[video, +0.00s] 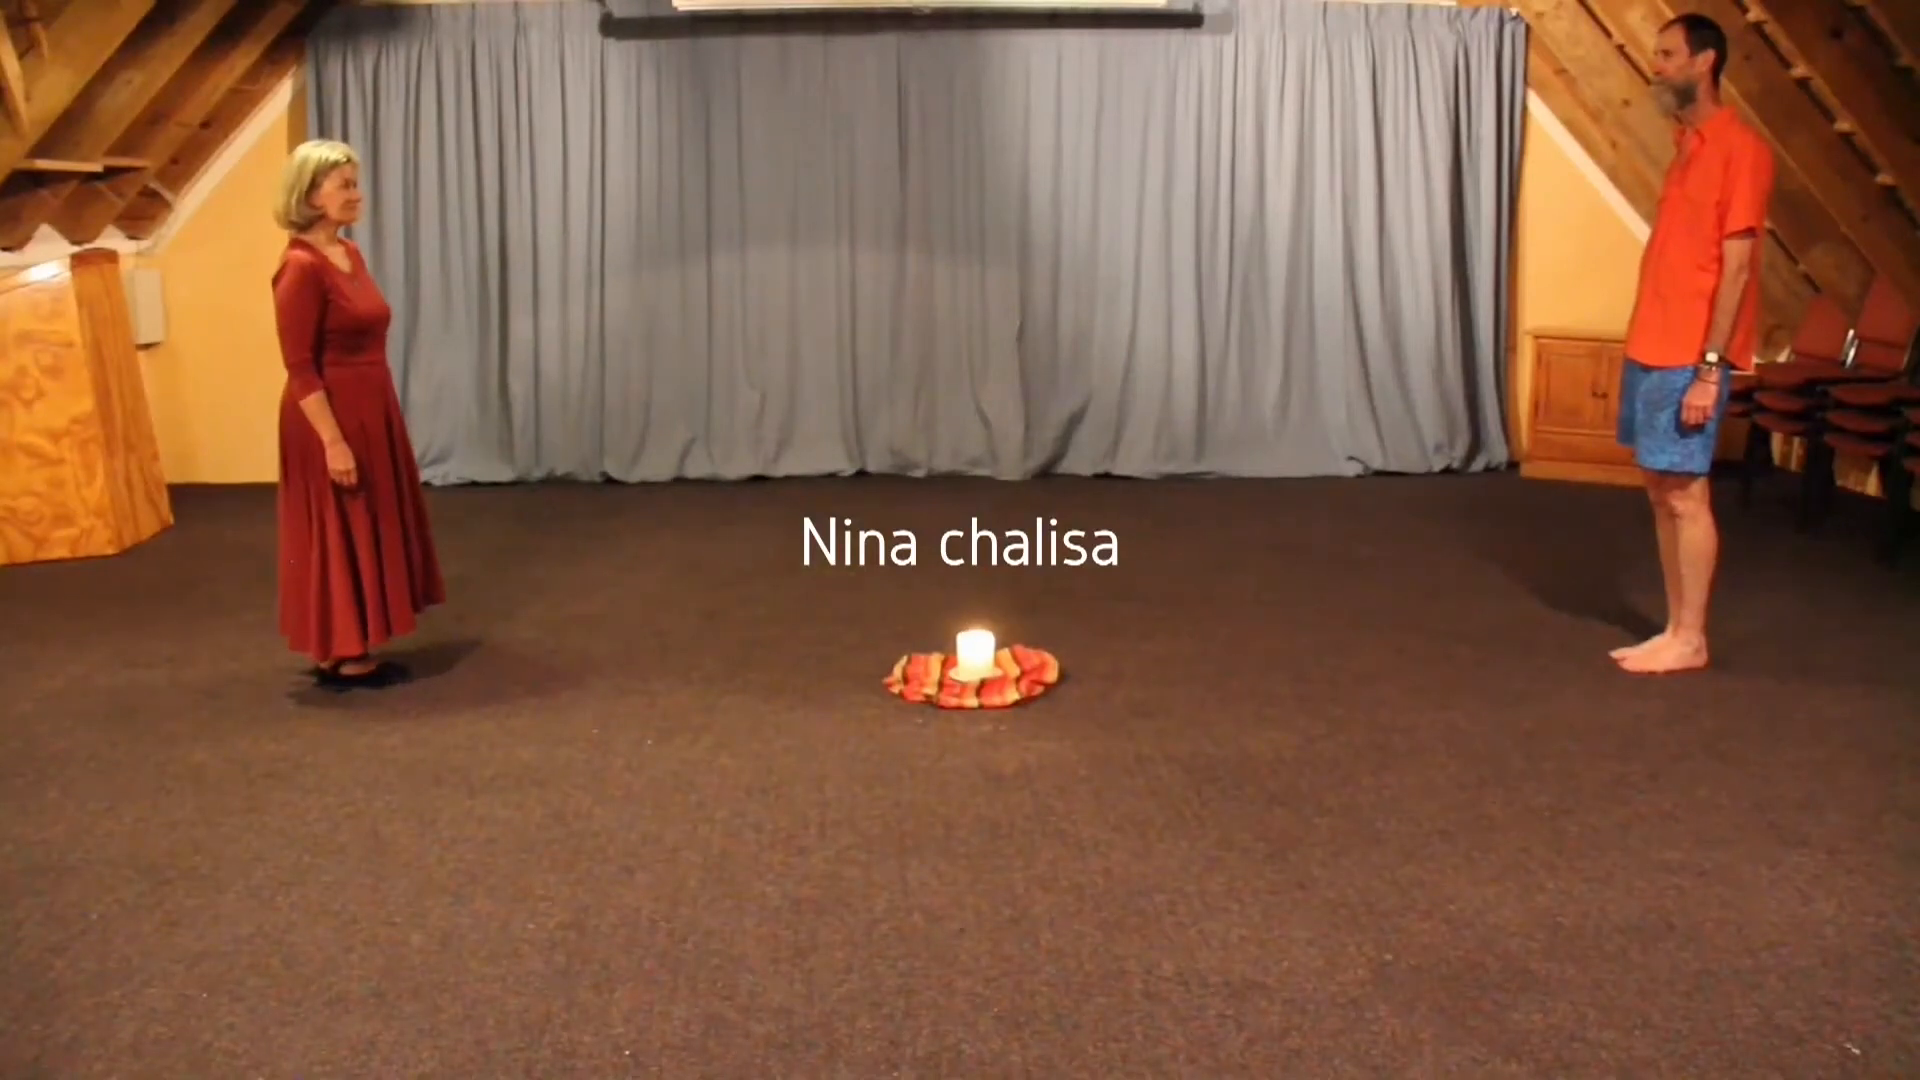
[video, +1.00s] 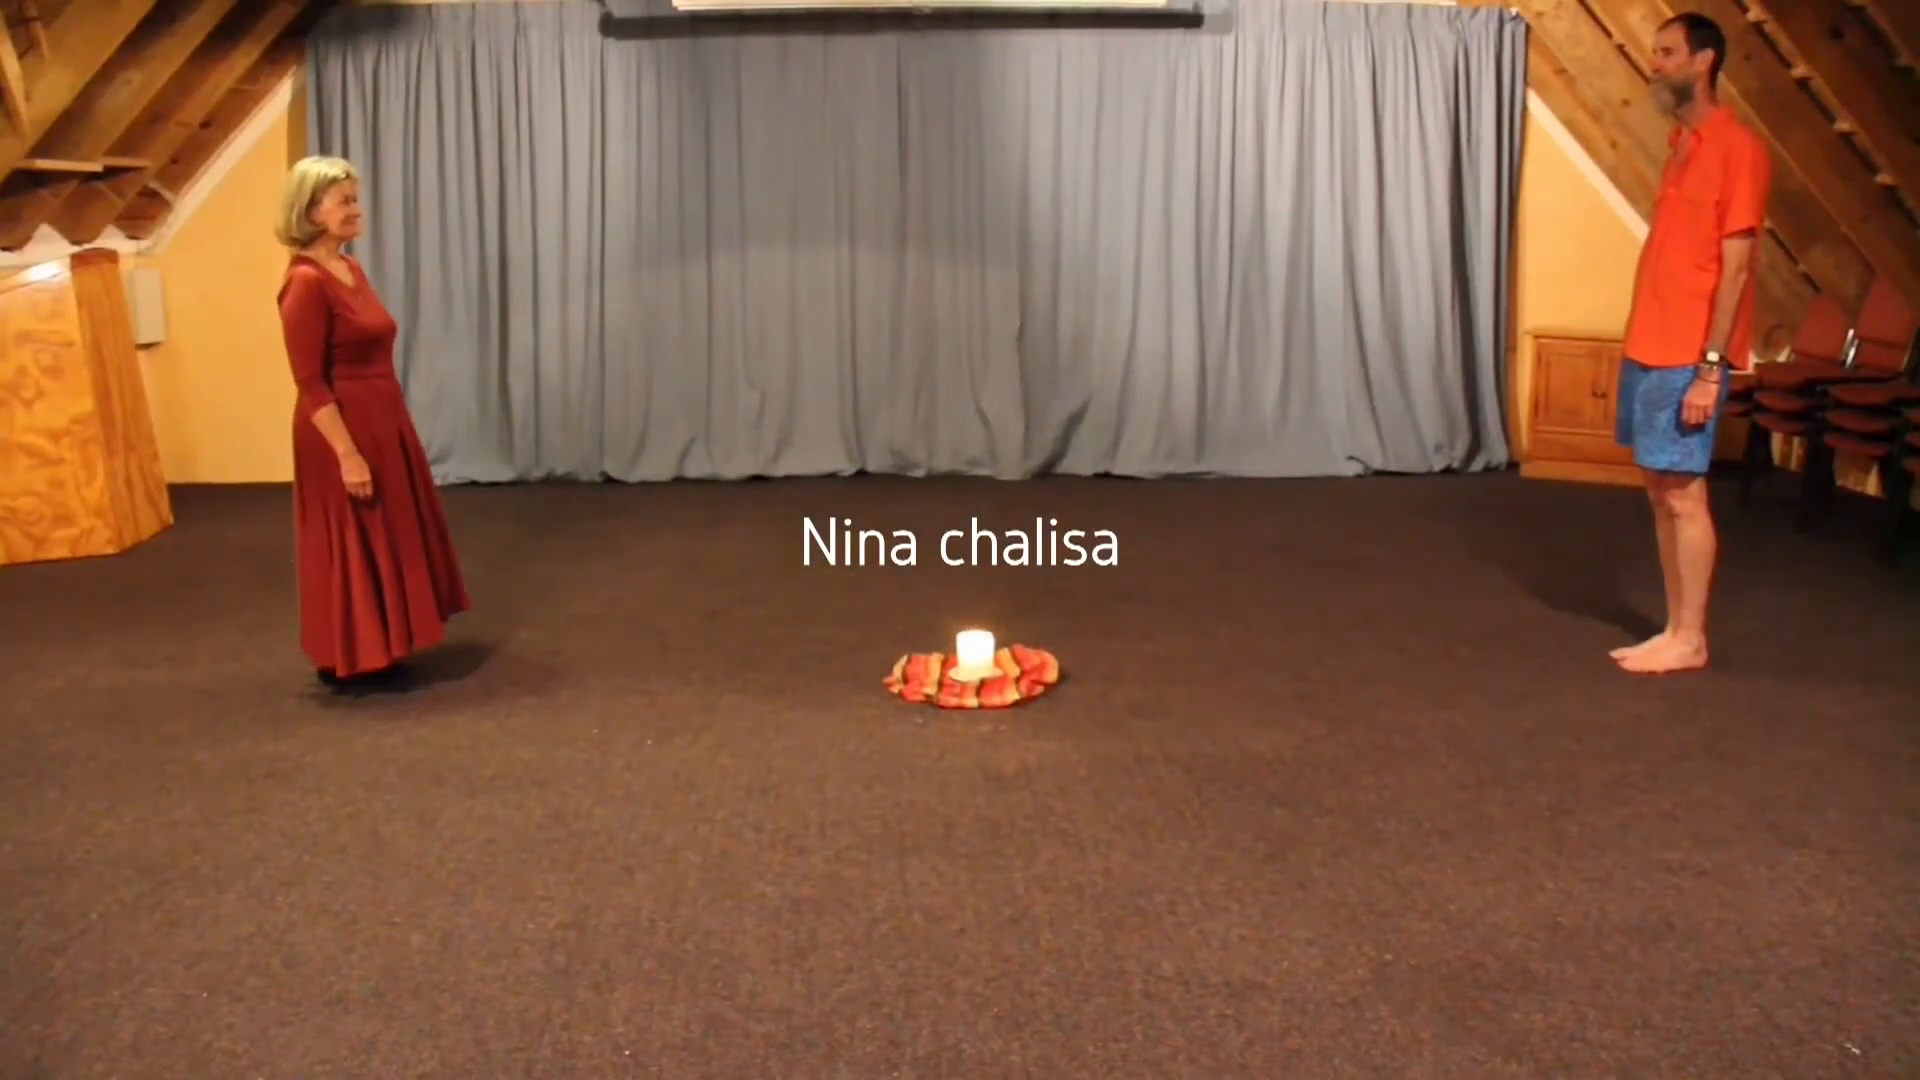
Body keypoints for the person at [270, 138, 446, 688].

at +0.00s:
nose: (356, 195)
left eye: (357, 184)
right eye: (344, 186)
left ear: (355, 190)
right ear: (311, 194)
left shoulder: (348, 252)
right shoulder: (299, 267)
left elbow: (361, 347)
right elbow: (299, 367)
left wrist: (383, 415)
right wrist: (333, 440)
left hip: (369, 406)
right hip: (329, 413)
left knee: (362, 524)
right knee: (336, 528)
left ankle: (351, 646)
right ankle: (341, 651)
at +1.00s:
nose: (356, 210)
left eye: (356, 200)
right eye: (344, 202)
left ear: (351, 208)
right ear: (312, 212)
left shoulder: (350, 268)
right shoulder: (304, 283)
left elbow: (367, 360)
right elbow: (309, 382)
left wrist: (394, 422)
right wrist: (347, 453)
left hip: (378, 421)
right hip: (339, 430)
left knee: (380, 533)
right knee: (350, 540)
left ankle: (380, 650)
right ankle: (350, 657)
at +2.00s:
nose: (340, 195)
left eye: (340, 186)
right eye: (327, 188)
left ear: (341, 193)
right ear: (297, 201)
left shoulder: (339, 254)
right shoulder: (294, 268)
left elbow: (362, 347)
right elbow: (303, 367)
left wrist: (388, 417)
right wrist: (340, 440)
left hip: (372, 407)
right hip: (336, 414)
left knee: (367, 525)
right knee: (340, 529)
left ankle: (359, 646)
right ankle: (341, 651)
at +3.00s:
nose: (334, 180)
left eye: (330, 171)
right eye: (320, 173)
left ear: (312, 190)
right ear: (290, 193)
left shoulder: (332, 249)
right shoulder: (283, 263)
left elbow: (352, 343)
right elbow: (289, 362)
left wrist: (375, 414)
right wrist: (323, 436)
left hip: (358, 405)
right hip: (320, 411)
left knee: (350, 522)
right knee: (325, 526)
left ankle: (342, 643)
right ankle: (330, 648)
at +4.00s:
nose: (333, 183)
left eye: (331, 173)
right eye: (320, 175)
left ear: (326, 183)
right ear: (289, 189)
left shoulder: (328, 248)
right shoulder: (279, 259)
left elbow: (340, 343)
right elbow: (275, 358)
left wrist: (363, 408)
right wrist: (304, 431)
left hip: (344, 402)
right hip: (306, 409)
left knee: (342, 519)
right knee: (314, 524)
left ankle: (339, 641)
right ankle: (325, 647)